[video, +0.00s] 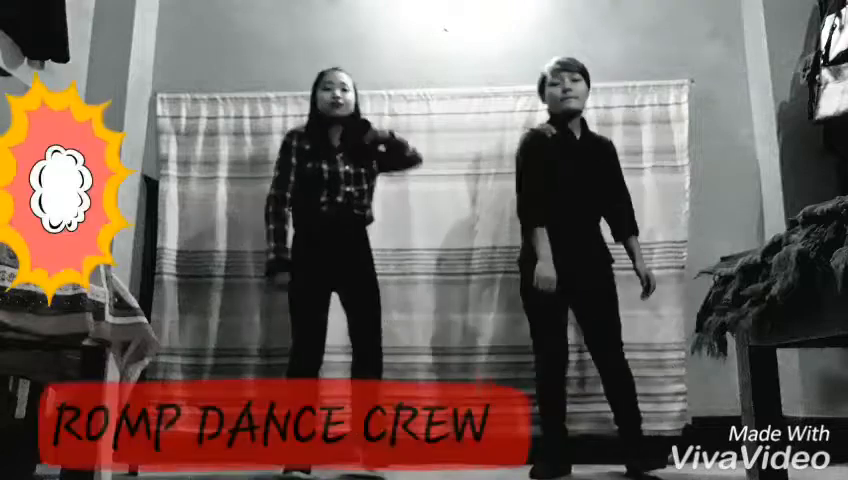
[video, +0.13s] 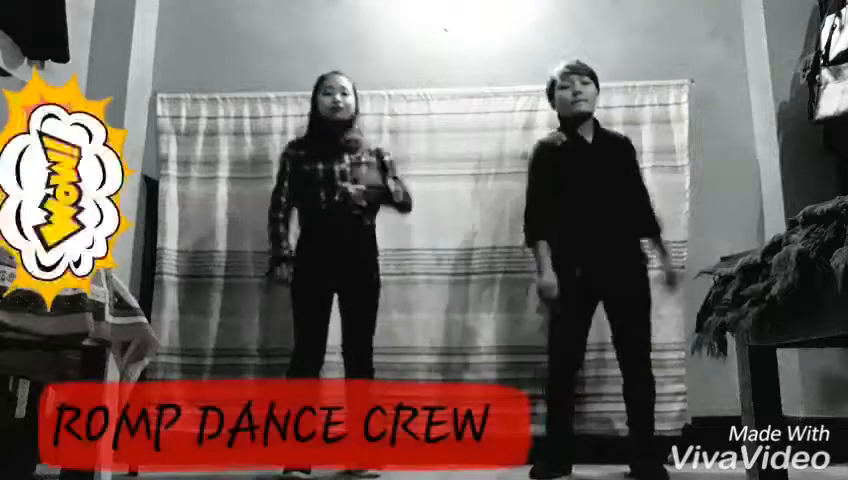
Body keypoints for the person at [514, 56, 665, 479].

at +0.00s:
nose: (565, 87)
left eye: (573, 81)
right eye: (556, 83)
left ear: (588, 93)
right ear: (544, 96)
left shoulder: (601, 148)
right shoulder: (535, 144)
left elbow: (617, 207)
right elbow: (529, 205)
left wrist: (638, 261)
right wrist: (544, 257)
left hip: (590, 261)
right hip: (543, 263)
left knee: (610, 355)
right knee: (551, 362)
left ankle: (635, 450)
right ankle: (554, 457)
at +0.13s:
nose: (575, 90)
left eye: (583, 84)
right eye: (565, 86)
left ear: (598, 96)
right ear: (553, 101)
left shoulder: (619, 147)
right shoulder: (547, 153)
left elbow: (641, 206)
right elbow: (536, 217)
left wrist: (664, 255)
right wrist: (545, 269)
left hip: (624, 270)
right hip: (572, 273)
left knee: (637, 365)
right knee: (562, 368)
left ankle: (645, 458)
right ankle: (556, 459)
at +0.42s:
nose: (576, 91)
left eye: (586, 83)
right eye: (571, 86)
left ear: (608, 91)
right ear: (567, 98)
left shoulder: (629, 133)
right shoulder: (561, 155)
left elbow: (633, 188)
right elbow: (560, 215)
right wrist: (565, 258)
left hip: (628, 264)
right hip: (580, 266)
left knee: (634, 359)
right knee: (559, 358)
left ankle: (644, 457)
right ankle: (540, 453)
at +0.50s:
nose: (554, 94)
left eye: (563, 87)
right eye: (552, 89)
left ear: (589, 93)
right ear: (553, 100)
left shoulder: (607, 135)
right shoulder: (548, 148)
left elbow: (583, 193)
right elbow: (545, 208)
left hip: (598, 259)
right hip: (553, 261)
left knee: (616, 357)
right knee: (542, 354)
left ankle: (640, 455)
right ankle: (533, 452)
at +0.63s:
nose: (538, 104)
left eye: (548, 96)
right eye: (535, 98)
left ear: (573, 102)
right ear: (532, 107)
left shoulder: (595, 153)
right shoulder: (521, 157)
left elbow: (603, 219)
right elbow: (502, 201)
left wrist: (563, 240)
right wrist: (493, 221)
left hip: (573, 274)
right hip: (523, 274)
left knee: (598, 366)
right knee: (525, 369)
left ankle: (626, 456)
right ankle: (531, 456)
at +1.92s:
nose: (522, 80)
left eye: (531, 73)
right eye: (513, 76)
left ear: (546, 88)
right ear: (502, 92)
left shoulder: (564, 139)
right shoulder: (493, 134)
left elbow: (594, 189)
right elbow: (504, 193)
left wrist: (627, 241)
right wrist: (545, 229)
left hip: (561, 263)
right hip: (511, 264)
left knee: (581, 361)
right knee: (510, 363)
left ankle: (599, 461)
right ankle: (502, 462)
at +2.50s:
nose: (544, 84)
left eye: (554, 79)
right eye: (534, 79)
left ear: (567, 93)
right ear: (521, 95)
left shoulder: (587, 136)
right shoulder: (510, 156)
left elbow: (599, 201)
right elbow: (500, 221)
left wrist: (584, 256)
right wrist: (497, 278)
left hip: (587, 260)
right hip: (535, 264)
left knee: (601, 360)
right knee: (515, 361)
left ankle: (600, 459)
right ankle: (486, 456)